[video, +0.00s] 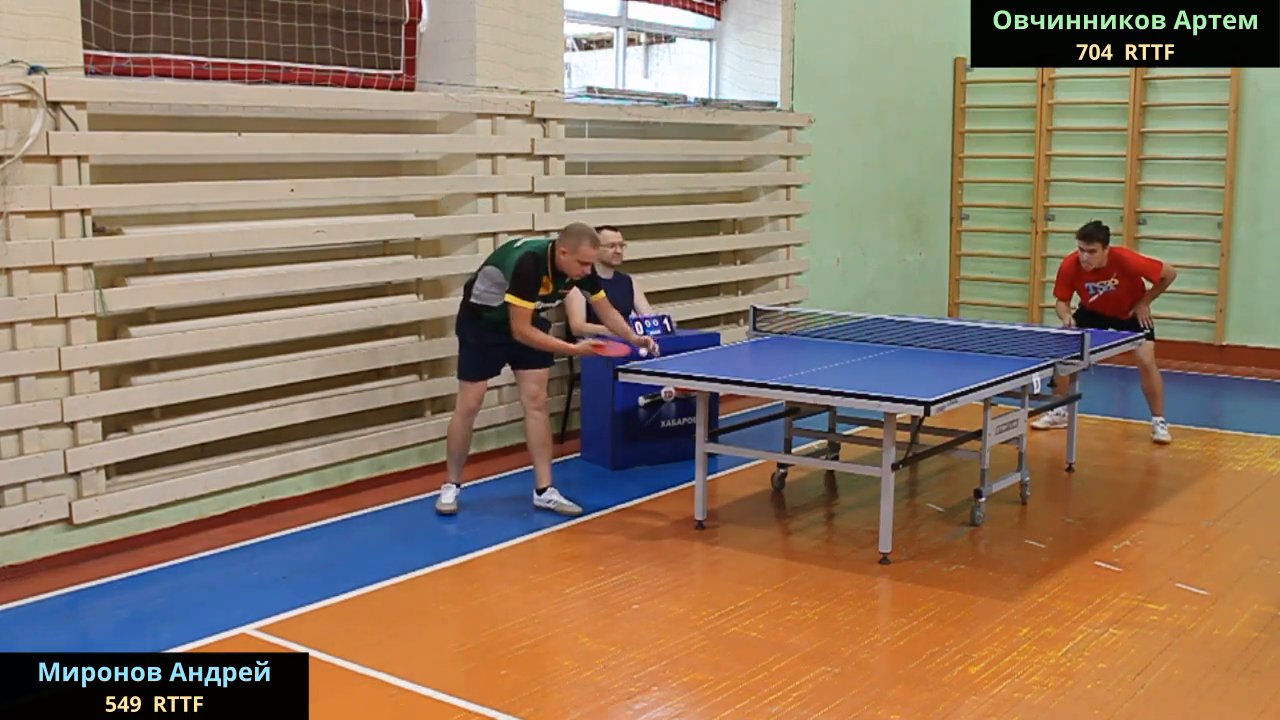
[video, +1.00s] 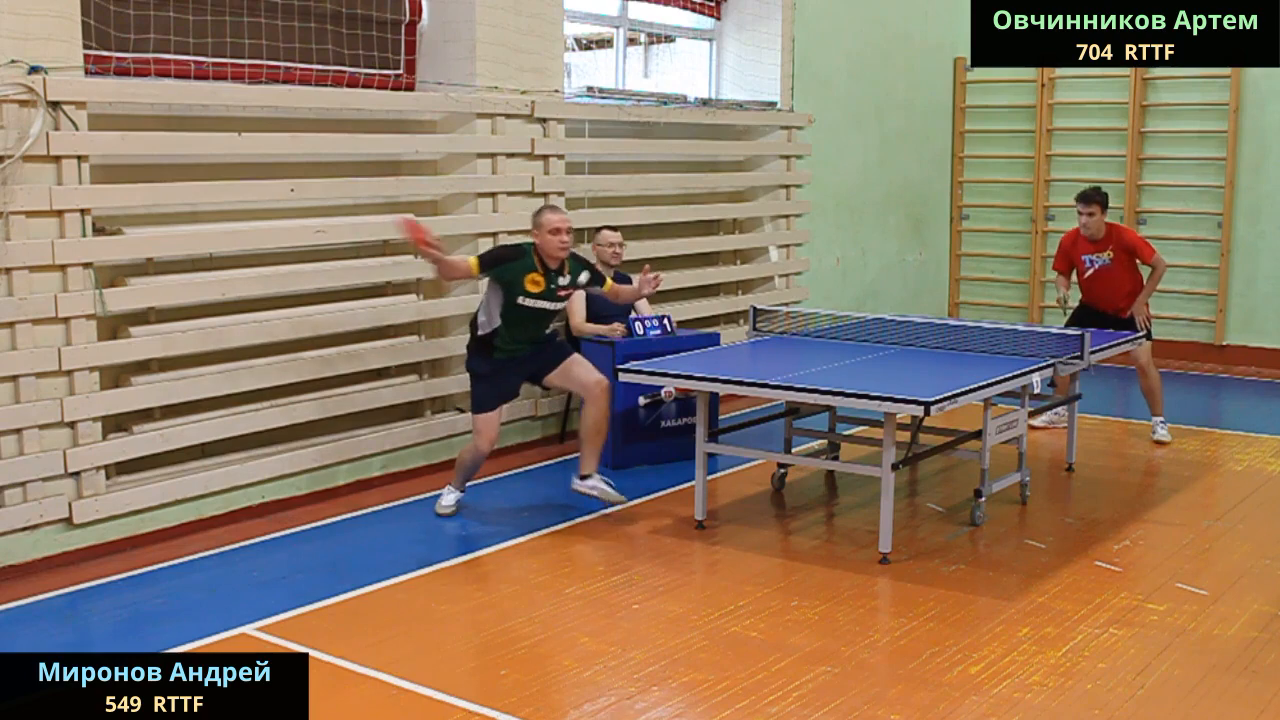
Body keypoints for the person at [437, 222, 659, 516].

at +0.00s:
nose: (588, 271)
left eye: (591, 265)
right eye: (583, 264)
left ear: (593, 259)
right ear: (562, 253)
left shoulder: (580, 268)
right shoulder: (529, 262)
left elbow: (606, 309)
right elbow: (521, 330)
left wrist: (632, 337)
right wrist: (572, 349)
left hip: (526, 322)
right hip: (481, 321)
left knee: (536, 400)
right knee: (469, 404)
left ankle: (544, 490)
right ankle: (451, 485)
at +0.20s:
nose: (571, 271)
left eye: (574, 264)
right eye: (566, 263)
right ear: (543, 254)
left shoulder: (565, 279)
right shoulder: (509, 266)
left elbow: (588, 323)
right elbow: (481, 324)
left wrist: (622, 351)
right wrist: (535, 336)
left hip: (516, 328)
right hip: (468, 330)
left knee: (551, 396)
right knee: (468, 416)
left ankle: (553, 483)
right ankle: (451, 487)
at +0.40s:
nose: (566, 280)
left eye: (569, 273)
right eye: (559, 273)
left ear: (569, 273)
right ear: (536, 271)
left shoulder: (561, 297)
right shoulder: (503, 283)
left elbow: (588, 341)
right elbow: (476, 339)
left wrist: (630, 353)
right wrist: (524, 326)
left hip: (513, 352)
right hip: (469, 357)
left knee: (562, 409)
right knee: (477, 440)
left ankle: (596, 496)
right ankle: (452, 490)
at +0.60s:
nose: (566, 277)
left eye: (567, 270)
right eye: (558, 271)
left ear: (568, 269)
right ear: (534, 273)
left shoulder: (567, 296)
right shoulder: (499, 297)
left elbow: (608, 333)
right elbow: (475, 352)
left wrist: (647, 336)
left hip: (535, 363)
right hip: (491, 367)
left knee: (587, 411)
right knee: (493, 457)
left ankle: (599, 498)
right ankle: (457, 487)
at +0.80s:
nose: (558, 248)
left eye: (558, 240)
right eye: (549, 241)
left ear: (556, 243)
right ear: (525, 247)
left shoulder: (565, 271)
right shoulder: (493, 275)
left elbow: (613, 298)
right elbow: (445, 312)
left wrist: (634, 289)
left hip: (541, 359)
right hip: (495, 365)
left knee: (588, 410)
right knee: (489, 451)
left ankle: (600, 498)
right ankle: (454, 488)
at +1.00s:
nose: (564, 239)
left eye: (568, 232)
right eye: (555, 233)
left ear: (572, 235)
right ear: (535, 236)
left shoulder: (577, 268)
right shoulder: (511, 257)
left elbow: (610, 290)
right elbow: (457, 272)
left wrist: (638, 291)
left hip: (539, 348)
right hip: (492, 354)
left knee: (597, 387)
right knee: (483, 445)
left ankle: (587, 476)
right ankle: (455, 489)